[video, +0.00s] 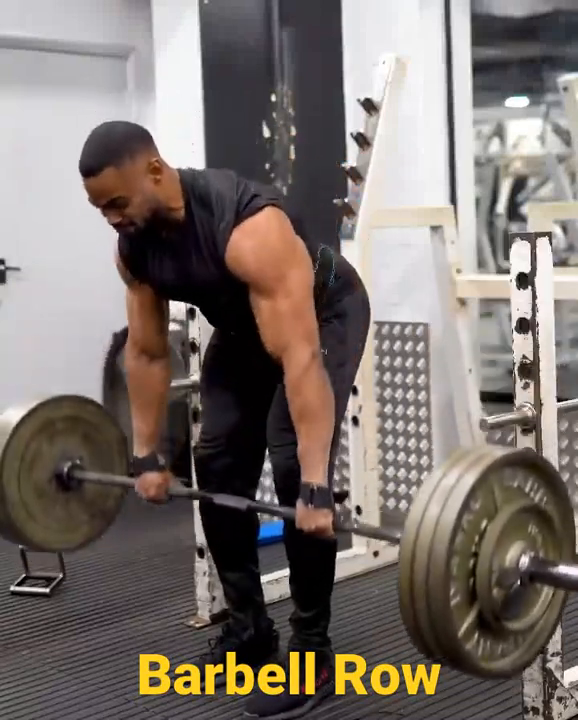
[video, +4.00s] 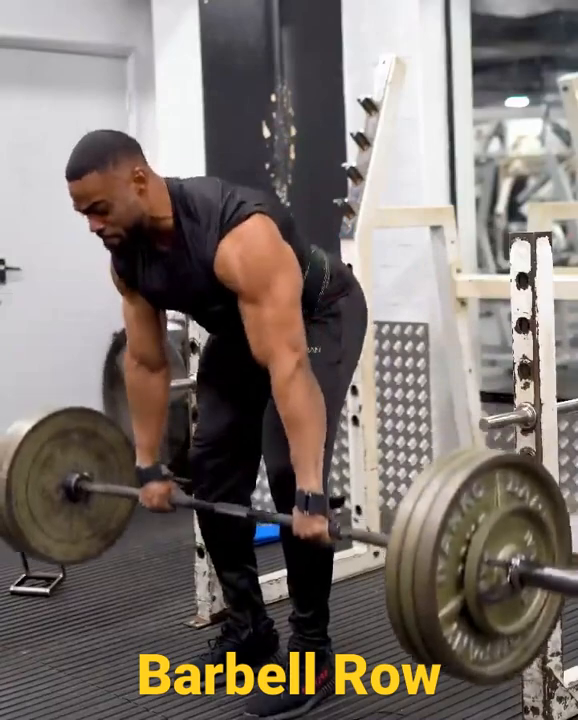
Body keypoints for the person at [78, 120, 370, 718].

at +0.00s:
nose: (112, 220)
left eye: (116, 203)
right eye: (103, 210)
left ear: (156, 170)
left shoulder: (251, 230)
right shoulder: (137, 248)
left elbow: (302, 358)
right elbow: (147, 352)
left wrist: (315, 483)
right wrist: (147, 453)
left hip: (322, 310)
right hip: (243, 322)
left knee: (293, 465)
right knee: (217, 465)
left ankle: (309, 649)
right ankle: (247, 626)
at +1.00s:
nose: (136, 157)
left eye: (142, 140)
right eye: (126, 147)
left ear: (181, 108)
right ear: (121, 134)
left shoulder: (267, 134)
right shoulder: (160, 163)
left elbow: (379, 188)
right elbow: (178, 217)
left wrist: (331, 288)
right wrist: (161, 284)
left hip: (309, 323)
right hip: (238, 322)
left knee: (295, 477)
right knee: (232, 476)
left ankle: (311, 653)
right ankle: (253, 626)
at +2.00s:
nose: (108, 220)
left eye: (114, 204)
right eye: (99, 209)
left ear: (155, 174)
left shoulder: (252, 230)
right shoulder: (141, 244)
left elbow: (304, 356)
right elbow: (151, 352)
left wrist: (317, 484)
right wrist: (152, 454)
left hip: (326, 312)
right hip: (248, 324)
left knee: (293, 465)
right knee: (218, 468)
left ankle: (310, 648)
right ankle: (248, 626)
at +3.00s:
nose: (109, 163)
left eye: (115, 146)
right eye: (99, 152)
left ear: (155, 115)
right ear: (98, 142)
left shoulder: (246, 140)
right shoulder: (143, 172)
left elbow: (363, 187)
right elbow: (164, 224)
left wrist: (320, 285)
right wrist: (148, 283)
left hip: (303, 316)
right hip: (230, 319)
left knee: (292, 471)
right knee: (221, 469)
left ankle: (311, 648)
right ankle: (248, 625)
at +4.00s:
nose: (94, 227)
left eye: (99, 209)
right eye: (84, 214)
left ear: (140, 178)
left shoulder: (241, 237)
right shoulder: (130, 256)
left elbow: (290, 363)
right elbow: (145, 362)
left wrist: (311, 491)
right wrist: (148, 466)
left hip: (318, 313)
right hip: (238, 326)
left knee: (291, 474)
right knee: (211, 474)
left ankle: (310, 648)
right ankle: (248, 628)